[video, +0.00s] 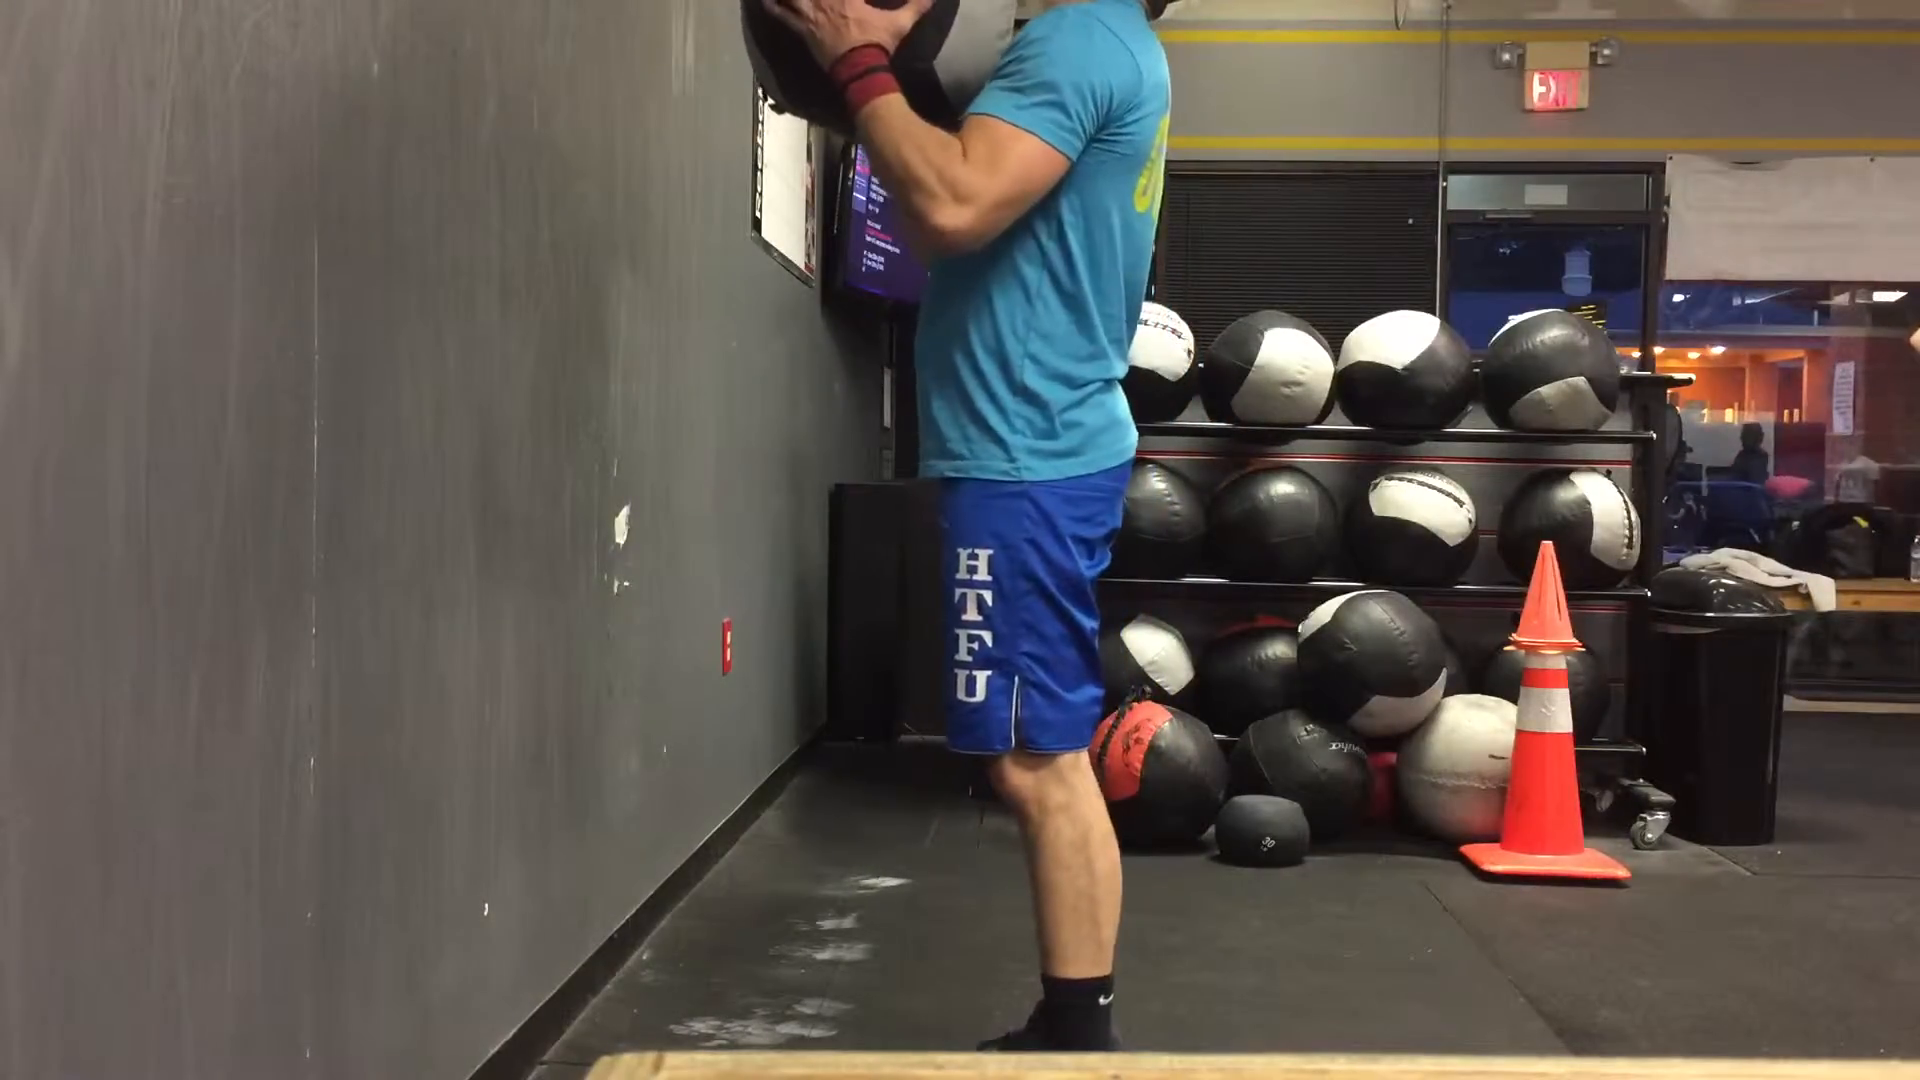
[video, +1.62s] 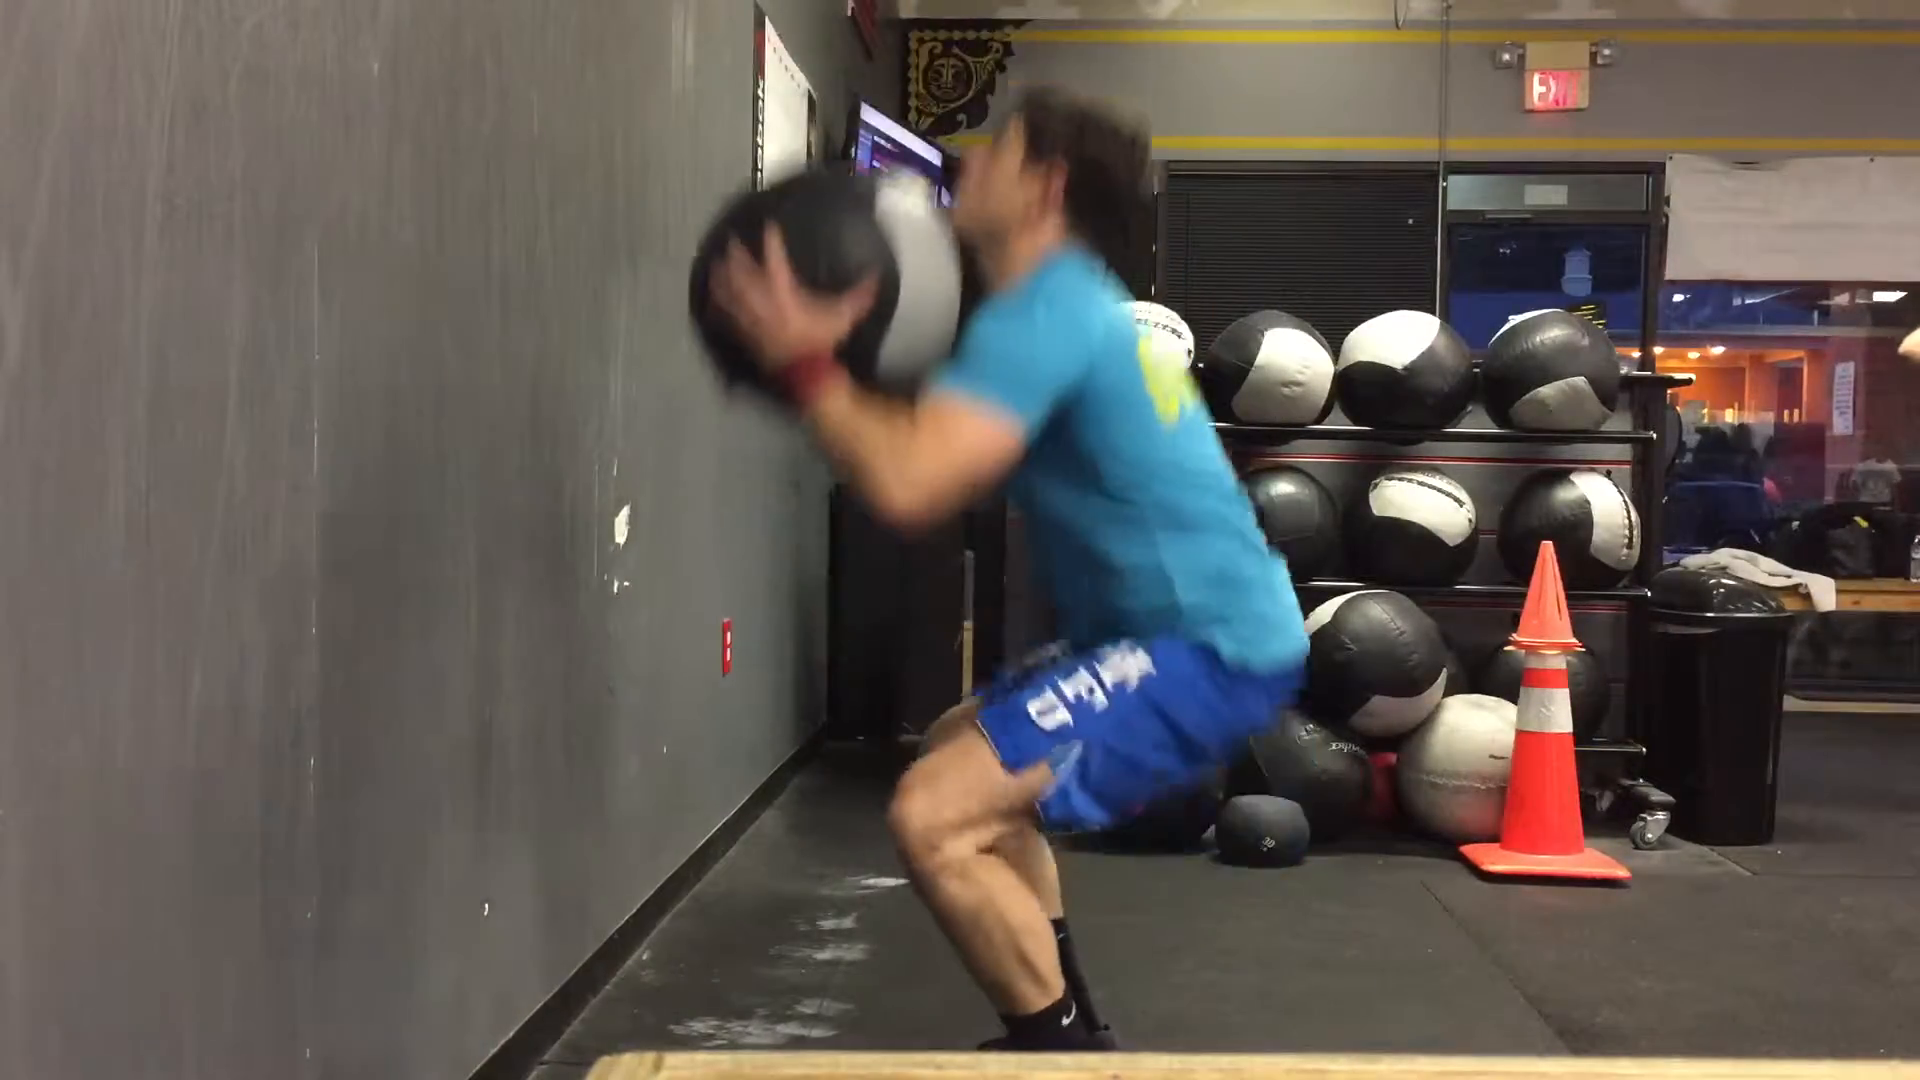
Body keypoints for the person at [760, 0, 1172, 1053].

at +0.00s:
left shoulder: (1082, 43)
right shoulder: (1095, 41)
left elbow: (952, 208)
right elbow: (956, 186)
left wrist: (865, 66)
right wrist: (877, 66)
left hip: (1026, 464)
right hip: (1032, 457)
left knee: (1036, 766)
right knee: (1044, 763)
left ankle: (1075, 1031)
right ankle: (1076, 1025)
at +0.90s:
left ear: (1058, 2)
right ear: (1069, 13)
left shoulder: (1048, 104)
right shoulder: (1063, 108)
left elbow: (889, 257)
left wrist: (788, 136)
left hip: (1157, 511)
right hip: (1147, 506)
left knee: (971, 782)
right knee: (1018, 784)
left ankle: (1067, 1038)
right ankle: (1066, 1028)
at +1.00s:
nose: (961, 87)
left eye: (986, 73)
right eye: (976, 68)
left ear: (1036, 117)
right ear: (1036, 122)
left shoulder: (1036, 240)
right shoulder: (1040, 231)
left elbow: (872, 397)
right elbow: (896, 383)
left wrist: (773, 267)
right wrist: (788, 277)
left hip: (1192, 613)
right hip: (1173, 600)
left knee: (933, 806)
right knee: (983, 795)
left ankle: (1054, 1039)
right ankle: (1065, 1023)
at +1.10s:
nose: (940, 225)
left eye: (965, 214)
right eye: (956, 208)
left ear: (1013, 263)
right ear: (1015, 269)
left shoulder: (1018, 390)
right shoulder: (1028, 371)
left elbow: (869, 567)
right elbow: (891, 538)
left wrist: (766, 428)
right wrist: (781, 427)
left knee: (900, 841)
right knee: (924, 764)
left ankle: (1046, 1046)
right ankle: (1063, 1016)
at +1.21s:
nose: (929, 336)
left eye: (952, 323)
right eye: (943, 319)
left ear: (1004, 369)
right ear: (1004, 373)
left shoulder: (1010, 505)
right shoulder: (1026, 483)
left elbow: (867, 700)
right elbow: (889, 661)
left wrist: (762, 559)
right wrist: (782, 555)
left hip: (1190, 830)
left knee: (888, 853)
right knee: (911, 775)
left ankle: (1042, 1050)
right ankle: (1066, 1028)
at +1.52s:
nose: (939, 275)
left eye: (963, 261)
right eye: (953, 257)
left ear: (1019, 305)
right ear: (1018, 310)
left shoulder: (1029, 435)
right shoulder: (1048, 412)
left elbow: (900, 623)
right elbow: (911, 586)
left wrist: (783, 503)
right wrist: (789, 492)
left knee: (920, 826)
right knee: (947, 754)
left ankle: (1052, 1051)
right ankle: (1064, 1016)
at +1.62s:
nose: (966, 160)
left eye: (993, 148)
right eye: (982, 144)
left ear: (1044, 186)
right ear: (1045, 191)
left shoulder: (1052, 310)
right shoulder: (1069, 298)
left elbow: (909, 483)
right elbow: (926, 452)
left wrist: (806, 362)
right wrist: (825, 363)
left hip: (1207, 647)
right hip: (1167, 631)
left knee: (932, 816)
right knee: (961, 770)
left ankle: (1055, 1042)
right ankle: (1062, 1016)